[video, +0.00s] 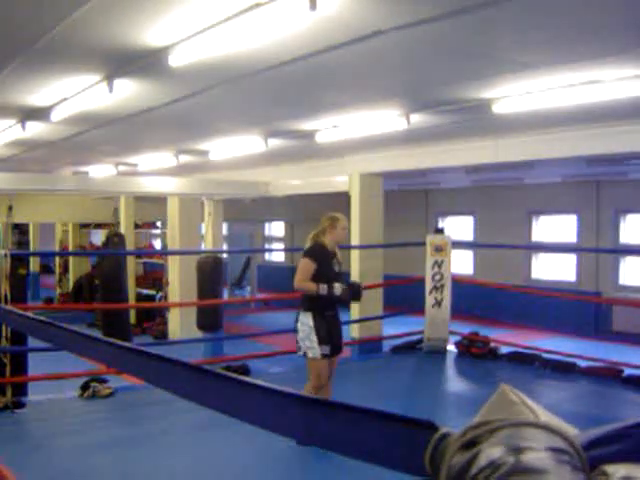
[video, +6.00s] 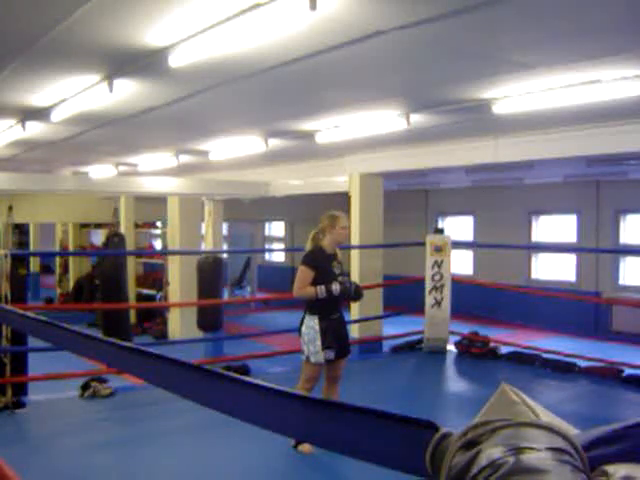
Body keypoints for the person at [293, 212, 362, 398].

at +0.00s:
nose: (346, 234)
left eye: (346, 229)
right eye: (343, 229)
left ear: (333, 229)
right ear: (330, 229)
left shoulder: (335, 254)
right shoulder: (315, 251)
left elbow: (330, 283)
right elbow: (299, 282)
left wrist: (348, 288)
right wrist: (330, 289)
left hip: (330, 313)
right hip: (312, 314)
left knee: (327, 376)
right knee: (318, 379)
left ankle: (321, 420)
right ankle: (300, 420)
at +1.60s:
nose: (315, 233)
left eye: (315, 228)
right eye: (311, 228)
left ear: (312, 230)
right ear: (297, 230)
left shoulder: (313, 256)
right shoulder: (281, 259)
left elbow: (317, 285)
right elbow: (265, 292)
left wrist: (325, 285)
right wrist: (293, 295)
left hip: (312, 317)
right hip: (288, 320)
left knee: (332, 377)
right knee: (291, 380)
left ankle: (316, 427)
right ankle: (297, 435)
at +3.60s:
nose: (346, 233)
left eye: (347, 229)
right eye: (343, 228)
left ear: (337, 230)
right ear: (329, 229)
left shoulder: (336, 258)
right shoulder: (314, 256)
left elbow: (333, 289)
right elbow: (298, 290)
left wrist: (350, 290)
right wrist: (329, 288)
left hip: (336, 317)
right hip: (316, 318)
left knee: (334, 378)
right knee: (309, 379)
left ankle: (330, 429)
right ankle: (300, 431)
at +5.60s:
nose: (347, 233)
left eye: (347, 229)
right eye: (343, 229)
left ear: (338, 230)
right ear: (328, 229)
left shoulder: (336, 258)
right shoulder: (314, 255)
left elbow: (333, 288)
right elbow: (298, 290)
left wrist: (350, 291)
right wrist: (329, 289)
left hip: (335, 317)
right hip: (316, 318)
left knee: (334, 378)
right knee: (309, 379)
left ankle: (330, 428)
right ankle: (299, 432)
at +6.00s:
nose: (346, 233)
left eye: (347, 229)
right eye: (343, 229)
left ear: (338, 231)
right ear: (329, 230)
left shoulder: (336, 258)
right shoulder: (314, 256)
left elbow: (333, 288)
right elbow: (298, 290)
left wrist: (350, 291)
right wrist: (330, 289)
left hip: (335, 318)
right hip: (316, 319)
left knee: (334, 378)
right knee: (309, 379)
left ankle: (329, 428)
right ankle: (299, 431)